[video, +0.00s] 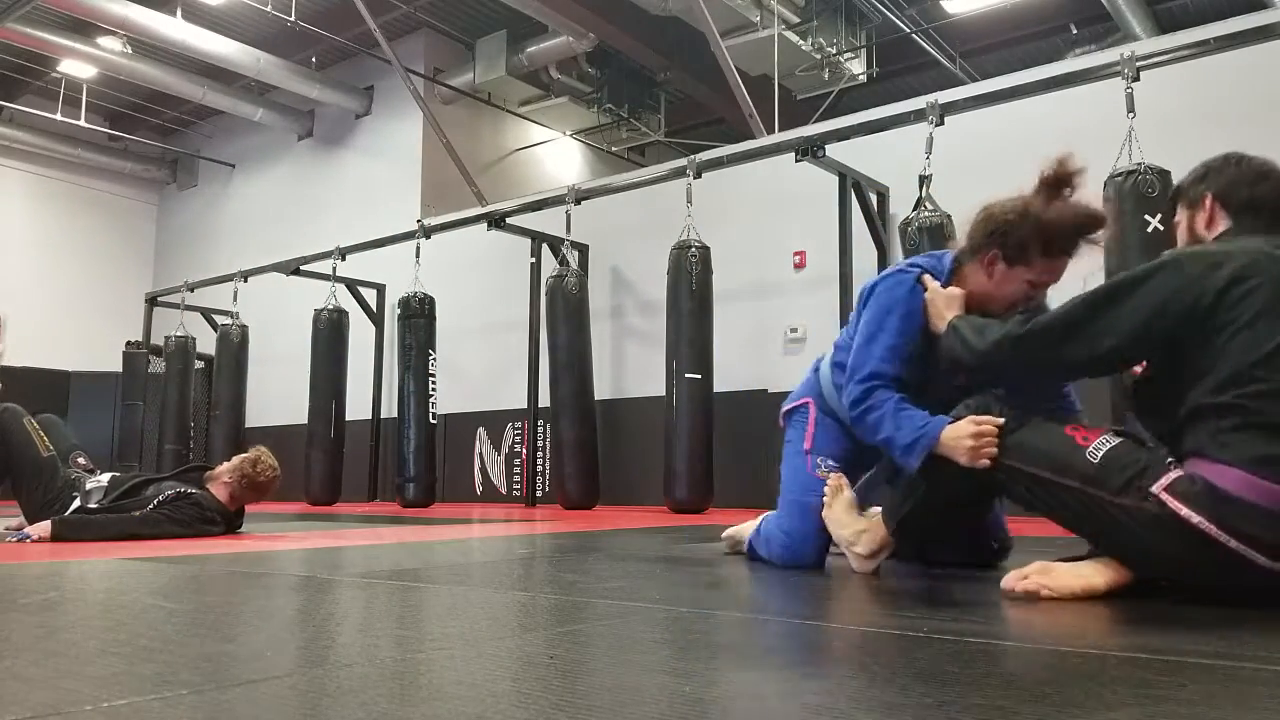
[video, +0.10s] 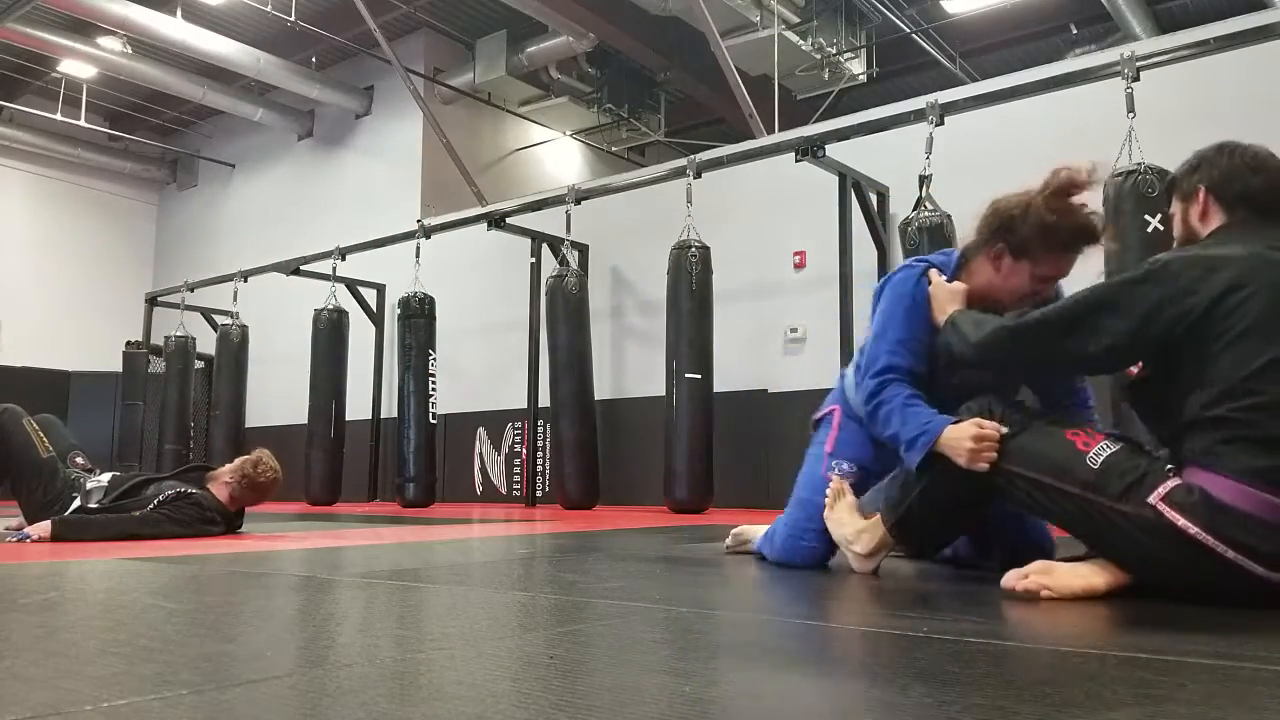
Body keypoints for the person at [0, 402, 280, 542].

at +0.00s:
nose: (223, 462)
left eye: (228, 462)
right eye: (229, 460)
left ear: (228, 476)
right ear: (246, 495)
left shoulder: (199, 512)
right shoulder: (218, 499)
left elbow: (129, 525)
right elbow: (148, 489)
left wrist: (55, 526)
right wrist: (105, 477)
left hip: (67, 501)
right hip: (96, 485)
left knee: (9, 416)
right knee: (47, 420)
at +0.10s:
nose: (225, 463)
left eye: (231, 464)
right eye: (232, 461)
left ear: (230, 475)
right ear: (250, 497)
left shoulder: (199, 513)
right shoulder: (215, 496)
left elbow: (130, 524)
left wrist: (56, 526)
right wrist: (107, 477)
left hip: (68, 501)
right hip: (95, 485)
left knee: (9, 416)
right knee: (46, 420)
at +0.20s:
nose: (226, 464)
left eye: (232, 466)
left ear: (232, 471)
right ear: (255, 500)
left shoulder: (201, 513)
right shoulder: (215, 489)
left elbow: (131, 524)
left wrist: (56, 526)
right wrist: (107, 478)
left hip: (68, 501)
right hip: (95, 485)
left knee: (9, 416)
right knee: (44, 421)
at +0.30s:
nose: (228, 465)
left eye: (234, 466)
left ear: (233, 470)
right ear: (257, 503)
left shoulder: (200, 512)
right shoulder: (219, 497)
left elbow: (131, 524)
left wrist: (56, 526)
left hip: (68, 500)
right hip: (95, 483)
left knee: (9, 417)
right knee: (42, 421)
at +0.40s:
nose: (229, 467)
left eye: (234, 468)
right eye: (235, 467)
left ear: (233, 473)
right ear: (256, 504)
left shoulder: (199, 512)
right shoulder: (216, 492)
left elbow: (131, 524)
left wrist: (56, 526)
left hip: (68, 501)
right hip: (95, 484)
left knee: (9, 417)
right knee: (42, 421)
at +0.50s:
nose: (228, 471)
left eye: (234, 472)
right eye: (235, 471)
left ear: (234, 475)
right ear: (255, 503)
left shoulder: (200, 512)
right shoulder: (217, 492)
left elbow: (132, 524)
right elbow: (148, 489)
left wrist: (56, 527)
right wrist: (106, 478)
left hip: (69, 501)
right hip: (97, 485)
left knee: (9, 418)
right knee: (41, 421)